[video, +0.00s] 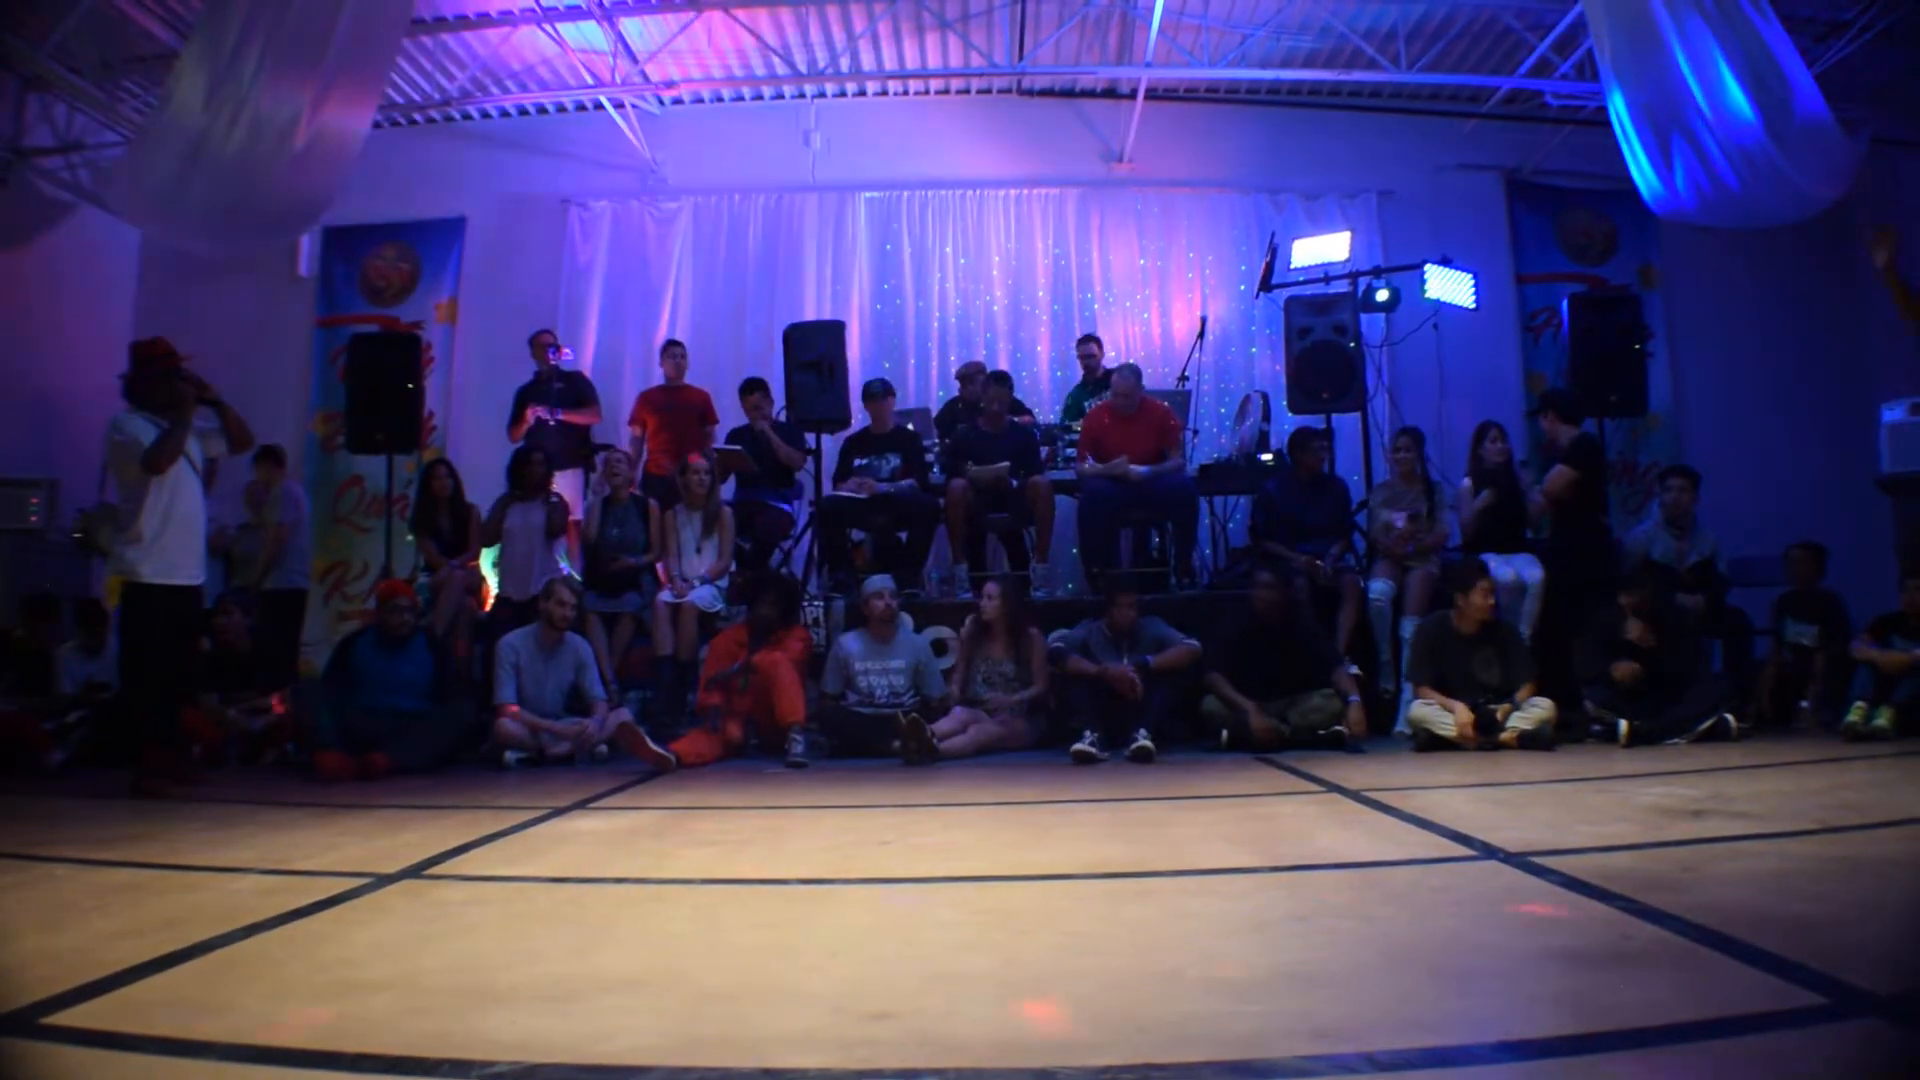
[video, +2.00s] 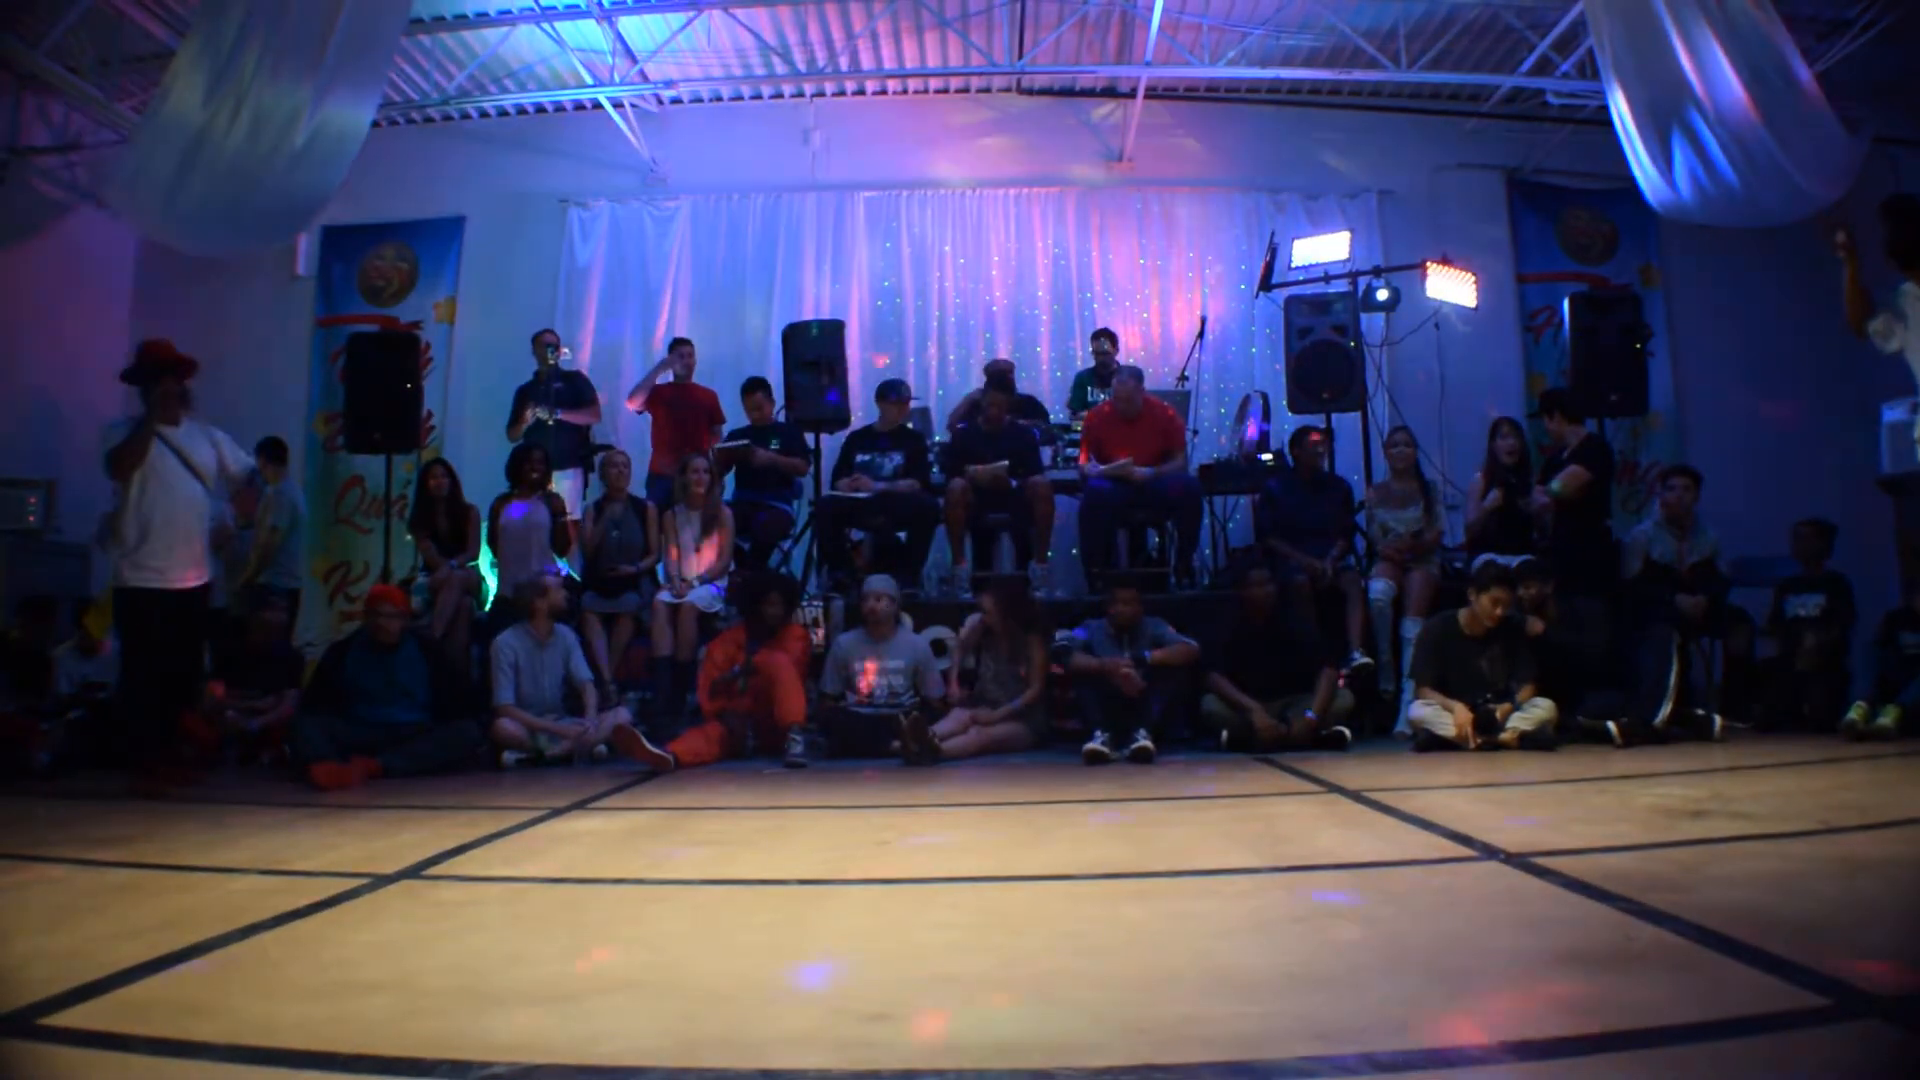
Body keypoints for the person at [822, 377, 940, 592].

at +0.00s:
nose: (879, 406)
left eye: (883, 400)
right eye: (873, 401)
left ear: (893, 401)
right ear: (866, 405)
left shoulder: (909, 438)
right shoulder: (853, 442)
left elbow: (919, 481)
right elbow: (838, 484)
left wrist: (882, 487)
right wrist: (852, 486)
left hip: (897, 502)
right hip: (860, 502)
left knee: (928, 507)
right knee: (827, 507)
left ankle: (909, 579)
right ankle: (841, 578)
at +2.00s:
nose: (903, 409)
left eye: (906, 403)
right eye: (897, 403)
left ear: (908, 405)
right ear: (881, 404)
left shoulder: (914, 439)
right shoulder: (856, 439)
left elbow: (919, 483)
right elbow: (837, 482)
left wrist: (875, 486)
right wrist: (850, 485)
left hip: (897, 502)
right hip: (859, 502)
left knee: (927, 508)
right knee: (826, 507)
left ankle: (909, 579)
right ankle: (839, 577)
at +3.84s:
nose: (893, 405)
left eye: (896, 399)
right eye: (887, 399)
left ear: (900, 402)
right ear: (874, 404)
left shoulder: (912, 438)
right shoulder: (856, 439)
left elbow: (922, 481)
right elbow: (842, 479)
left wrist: (893, 490)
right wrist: (845, 486)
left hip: (899, 503)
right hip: (862, 503)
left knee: (927, 507)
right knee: (829, 507)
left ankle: (909, 576)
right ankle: (838, 574)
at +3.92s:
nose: (893, 404)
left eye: (895, 399)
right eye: (886, 399)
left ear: (899, 401)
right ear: (873, 403)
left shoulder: (912, 437)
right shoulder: (861, 438)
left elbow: (921, 481)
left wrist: (890, 490)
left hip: (907, 502)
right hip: (872, 506)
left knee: (928, 510)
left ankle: (912, 575)